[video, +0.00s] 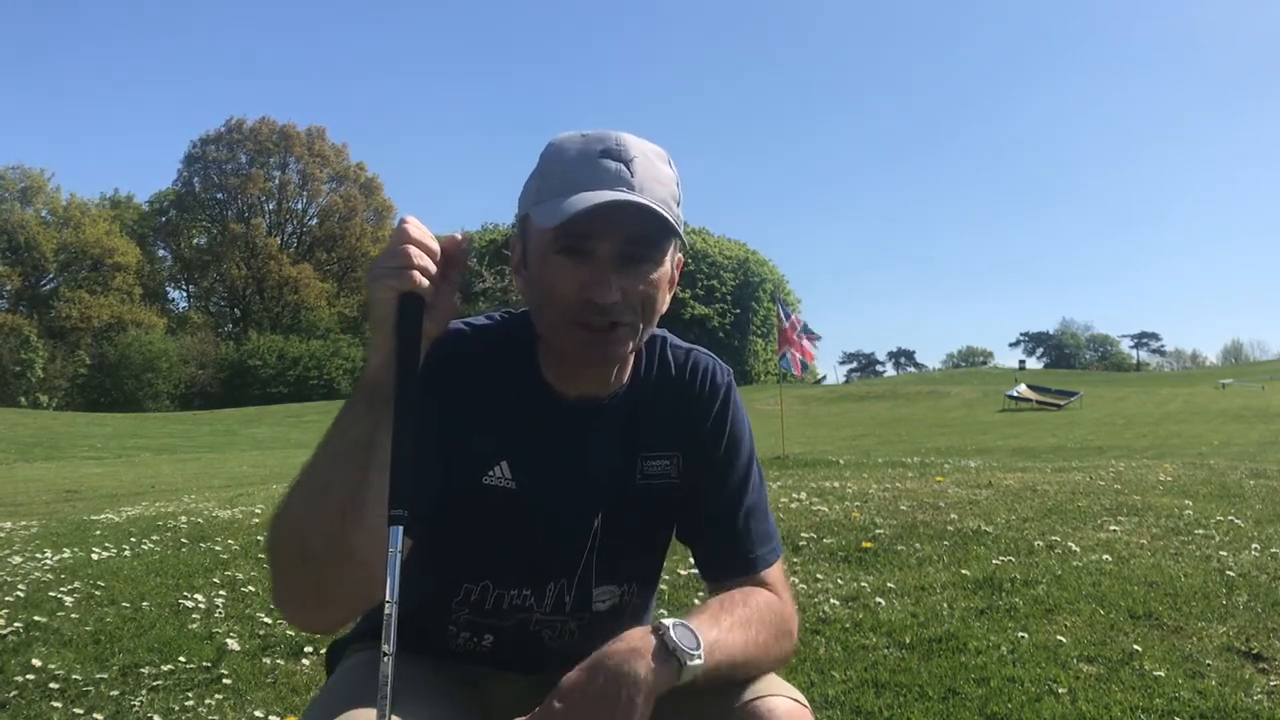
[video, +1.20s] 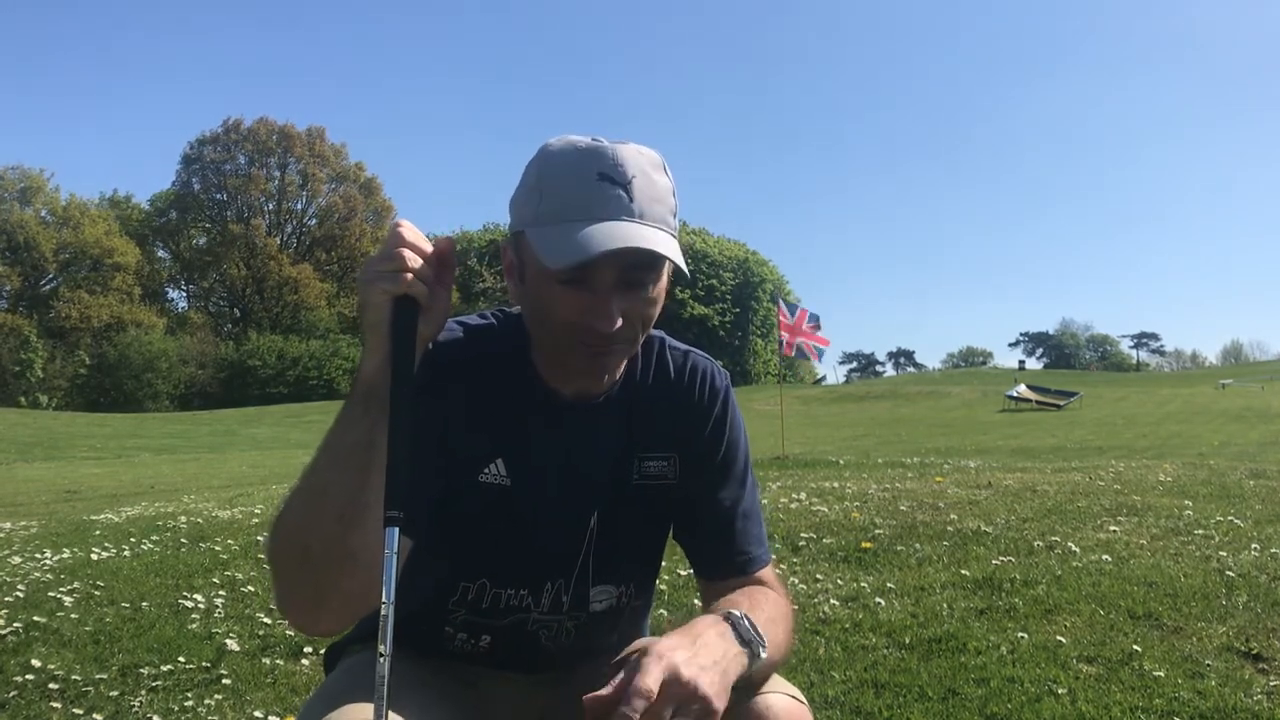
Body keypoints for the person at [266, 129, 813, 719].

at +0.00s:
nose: (606, 289)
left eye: (637, 254)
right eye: (574, 249)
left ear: (673, 275)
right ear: (520, 259)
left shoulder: (696, 391)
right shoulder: (443, 367)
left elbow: (769, 610)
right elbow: (310, 603)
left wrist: (655, 653)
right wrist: (388, 364)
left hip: (611, 672)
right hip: (434, 667)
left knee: (778, 711)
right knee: (354, 715)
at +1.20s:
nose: (610, 316)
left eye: (636, 280)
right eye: (578, 279)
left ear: (668, 277)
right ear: (514, 270)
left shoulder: (692, 392)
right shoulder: (436, 368)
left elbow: (755, 590)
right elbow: (312, 607)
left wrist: (721, 640)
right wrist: (381, 368)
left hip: (608, 672)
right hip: (431, 671)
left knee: (778, 710)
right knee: (349, 714)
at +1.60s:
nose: (607, 308)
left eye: (635, 274)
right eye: (575, 272)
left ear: (664, 272)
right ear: (510, 262)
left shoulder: (688, 386)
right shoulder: (436, 366)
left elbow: (755, 642)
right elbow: (314, 608)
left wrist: (775, 598)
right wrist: (380, 369)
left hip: (608, 664)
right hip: (438, 670)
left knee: (784, 707)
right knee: (363, 712)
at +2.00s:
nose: (589, 274)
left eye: (617, 240)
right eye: (558, 237)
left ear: (652, 255)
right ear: (501, 245)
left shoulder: (683, 379)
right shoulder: (430, 363)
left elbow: (827, 598)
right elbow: (312, 606)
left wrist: (828, 540)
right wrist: (377, 365)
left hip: (603, 666)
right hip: (432, 673)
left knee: (784, 711)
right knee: (370, 717)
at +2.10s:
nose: (584, 268)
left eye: (614, 234)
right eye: (552, 231)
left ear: (650, 253)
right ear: (500, 244)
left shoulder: (682, 376)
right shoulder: (432, 362)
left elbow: (839, 584)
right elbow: (309, 607)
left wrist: (832, 532)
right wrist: (376, 364)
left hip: (605, 665)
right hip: (431, 672)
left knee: (780, 707)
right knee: (368, 713)